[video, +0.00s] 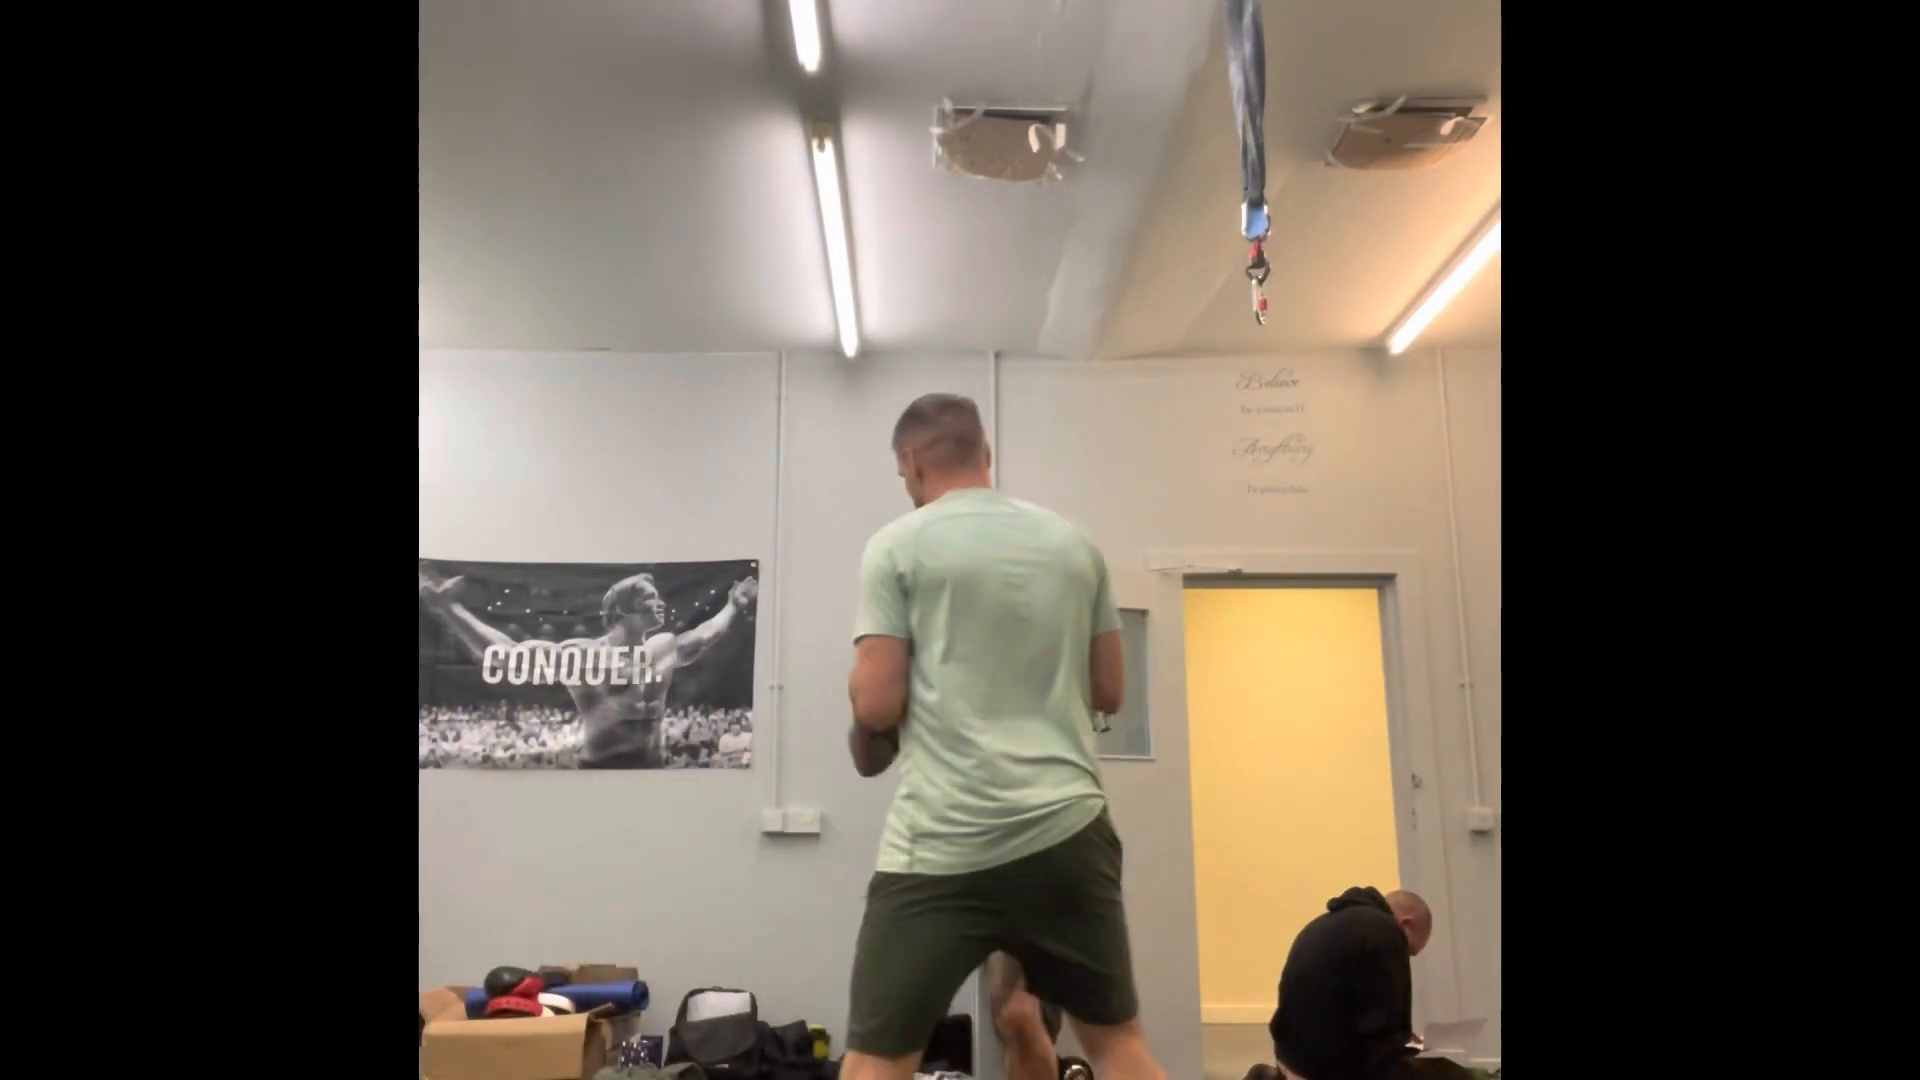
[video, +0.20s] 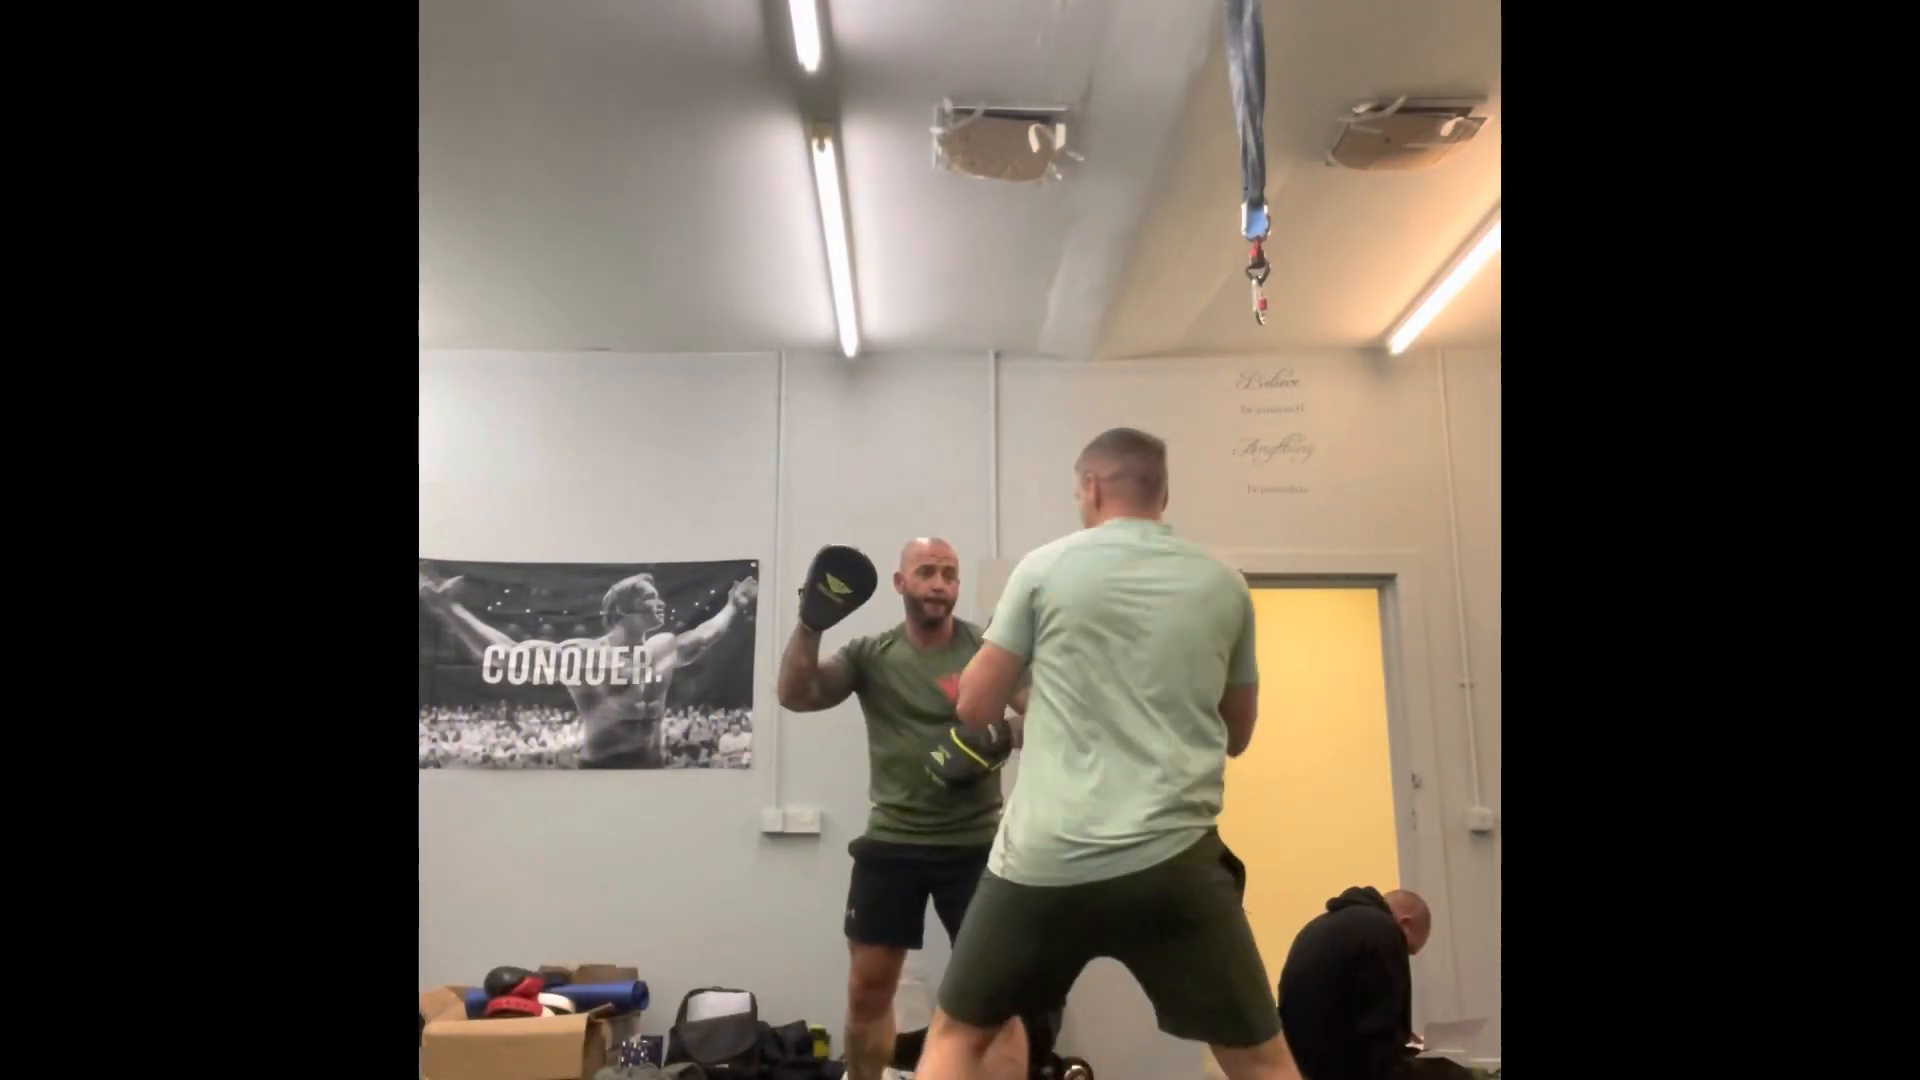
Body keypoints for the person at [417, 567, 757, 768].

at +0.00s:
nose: (662, 612)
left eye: (660, 604)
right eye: (652, 605)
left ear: (651, 613)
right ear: (623, 614)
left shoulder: (664, 649)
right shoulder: (579, 655)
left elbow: (710, 633)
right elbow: (505, 651)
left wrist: (736, 604)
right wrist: (448, 607)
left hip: (652, 773)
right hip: (600, 775)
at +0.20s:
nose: (662, 608)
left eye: (660, 601)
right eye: (652, 602)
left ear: (651, 611)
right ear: (624, 612)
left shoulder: (665, 648)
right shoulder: (580, 655)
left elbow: (709, 633)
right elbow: (506, 652)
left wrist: (736, 604)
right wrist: (449, 608)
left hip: (652, 772)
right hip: (600, 774)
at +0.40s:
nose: (662, 609)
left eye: (660, 603)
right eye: (652, 603)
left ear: (651, 612)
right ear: (623, 613)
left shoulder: (665, 648)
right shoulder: (579, 655)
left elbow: (708, 634)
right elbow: (506, 653)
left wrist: (736, 604)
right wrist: (449, 608)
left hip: (651, 772)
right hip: (599, 774)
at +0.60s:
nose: (662, 608)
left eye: (660, 601)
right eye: (651, 602)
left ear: (652, 611)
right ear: (623, 613)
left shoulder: (665, 648)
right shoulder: (580, 655)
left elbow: (708, 634)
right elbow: (506, 653)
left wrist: (736, 604)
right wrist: (449, 608)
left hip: (651, 772)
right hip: (599, 774)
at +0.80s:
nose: (662, 607)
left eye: (660, 601)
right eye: (651, 601)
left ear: (651, 610)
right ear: (624, 612)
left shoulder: (665, 648)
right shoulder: (580, 655)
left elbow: (708, 634)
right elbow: (505, 653)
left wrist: (736, 605)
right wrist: (448, 608)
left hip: (651, 772)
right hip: (599, 774)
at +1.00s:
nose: (660, 617)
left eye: (661, 609)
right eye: (650, 609)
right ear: (621, 615)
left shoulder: (661, 652)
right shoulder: (582, 656)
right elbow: (508, 653)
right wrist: (447, 608)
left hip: (659, 770)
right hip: (605, 771)